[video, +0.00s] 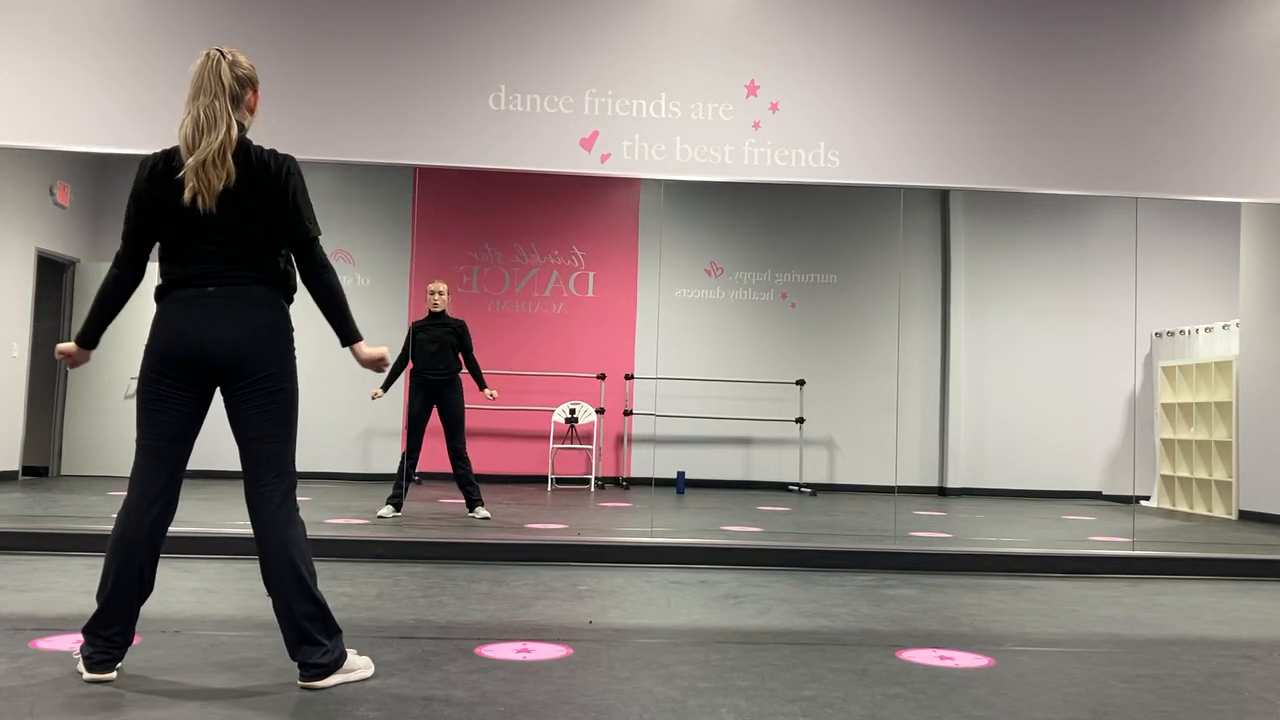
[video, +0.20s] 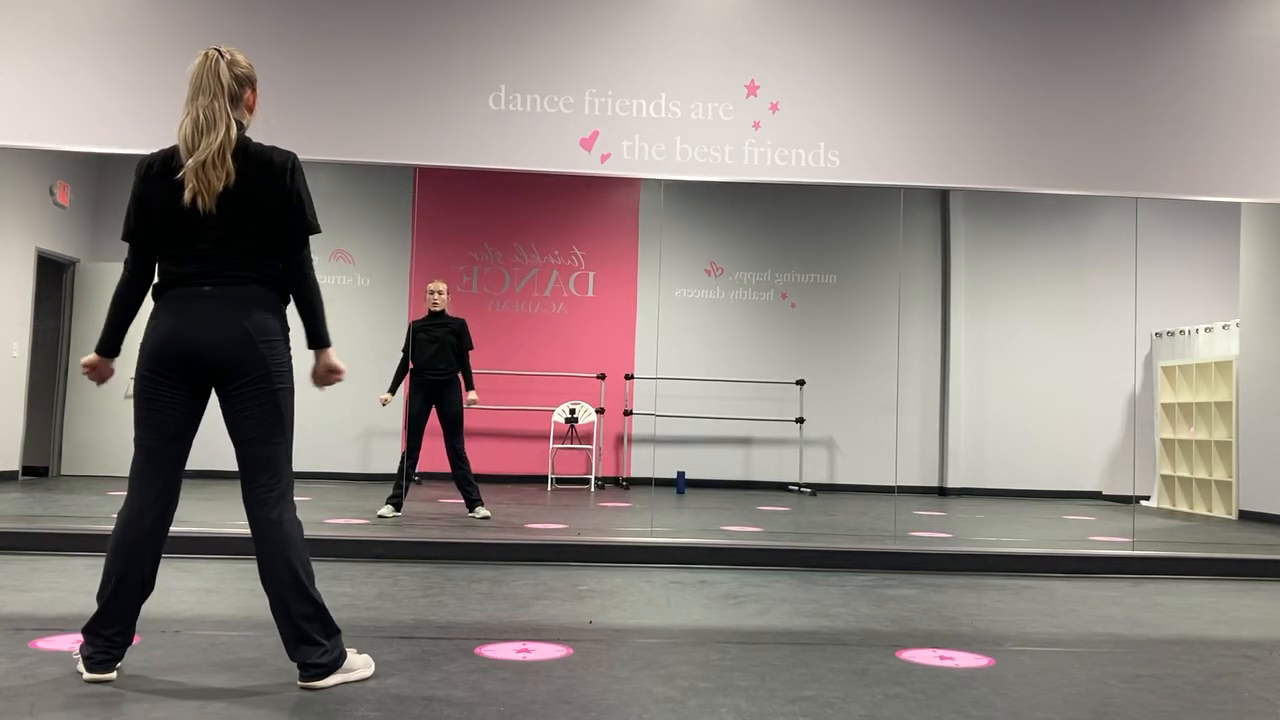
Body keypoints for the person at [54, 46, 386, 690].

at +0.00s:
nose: (260, 102)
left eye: (257, 91)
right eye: (258, 93)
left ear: (196, 95)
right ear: (246, 98)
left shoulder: (160, 169)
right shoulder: (277, 170)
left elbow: (129, 263)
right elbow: (313, 259)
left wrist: (85, 340)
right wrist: (354, 340)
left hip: (176, 332)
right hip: (258, 334)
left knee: (149, 490)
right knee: (273, 496)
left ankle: (102, 648)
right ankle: (318, 656)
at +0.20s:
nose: (259, 102)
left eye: (255, 91)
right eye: (257, 93)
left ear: (194, 95)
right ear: (246, 97)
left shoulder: (158, 168)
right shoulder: (278, 166)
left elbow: (137, 271)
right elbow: (299, 264)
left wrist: (106, 348)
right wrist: (322, 344)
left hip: (170, 330)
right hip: (254, 333)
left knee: (149, 488)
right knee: (270, 496)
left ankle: (101, 649)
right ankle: (318, 655)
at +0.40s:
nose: (256, 101)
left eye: (252, 90)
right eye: (254, 92)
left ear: (192, 94)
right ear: (244, 96)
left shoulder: (152, 165)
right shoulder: (277, 163)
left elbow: (145, 266)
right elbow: (292, 265)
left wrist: (155, 338)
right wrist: (282, 338)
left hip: (165, 324)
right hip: (250, 323)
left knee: (145, 487)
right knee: (273, 494)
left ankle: (101, 648)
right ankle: (317, 655)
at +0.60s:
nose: (260, 100)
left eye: (256, 89)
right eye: (257, 91)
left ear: (195, 92)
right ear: (246, 96)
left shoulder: (160, 161)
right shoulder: (277, 160)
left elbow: (157, 233)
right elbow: (298, 251)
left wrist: (223, 223)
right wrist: (246, 223)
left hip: (172, 322)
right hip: (254, 322)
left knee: (143, 486)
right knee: (289, 490)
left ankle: (97, 648)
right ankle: (338, 654)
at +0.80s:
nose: (268, 107)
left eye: (265, 95)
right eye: (265, 97)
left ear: (202, 100)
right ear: (252, 101)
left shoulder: (172, 173)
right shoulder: (281, 165)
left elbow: (193, 239)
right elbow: (314, 242)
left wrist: (288, 263)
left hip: (202, 326)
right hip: (280, 321)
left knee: (173, 486)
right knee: (297, 488)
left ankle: (103, 647)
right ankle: (338, 657)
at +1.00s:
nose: (277, 104)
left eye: (274, 94)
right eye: (274, 95)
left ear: (211, 98)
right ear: (262, 101)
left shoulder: (180, 170)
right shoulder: (291, 164)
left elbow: (199, 237)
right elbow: (319, 236)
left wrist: (289, 240)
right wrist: (267, 231)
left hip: (195, 324)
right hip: (275, 323)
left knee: (160, 488)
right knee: (294, 491)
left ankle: (101, 648)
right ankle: (338, 657)